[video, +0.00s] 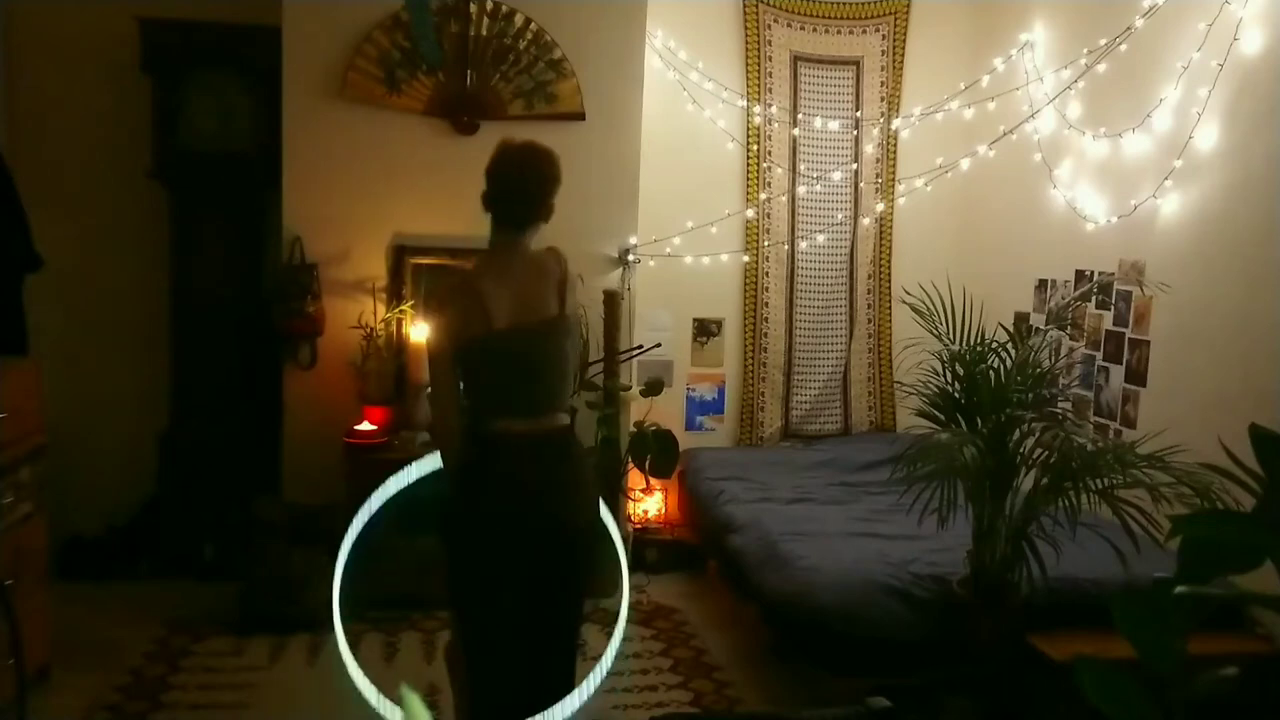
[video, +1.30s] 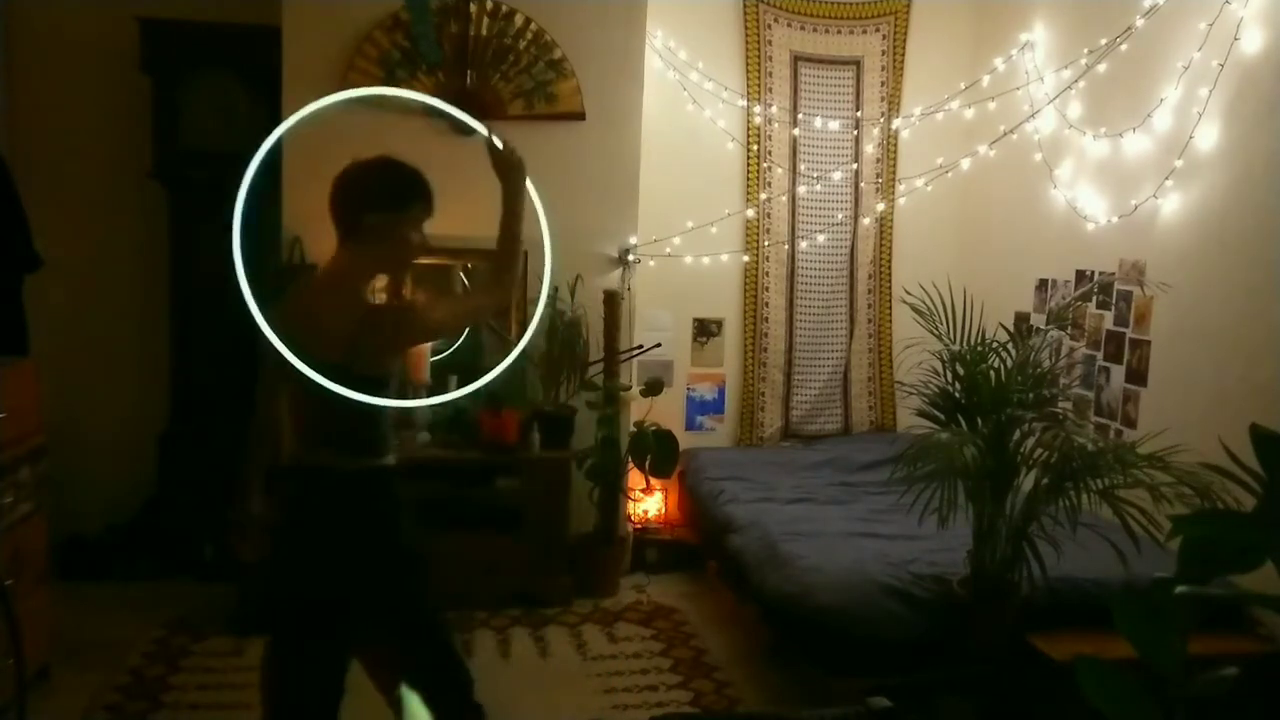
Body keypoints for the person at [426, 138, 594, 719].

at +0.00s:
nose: (546, 204)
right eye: (547, 194)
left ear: (486, 197)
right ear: (549, 203)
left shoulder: (455, 292)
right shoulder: (559, 272)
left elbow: (444, 409)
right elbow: (572, 378)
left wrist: (461, 477)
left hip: (488, 473)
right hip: (557, 471)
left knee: (487, 629)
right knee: (551, 629)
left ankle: (489, 708)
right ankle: (545, 707)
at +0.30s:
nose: (574, 206)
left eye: (570, 193)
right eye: (574, 195)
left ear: (507, 196)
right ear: (566, 204)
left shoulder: (464, 285)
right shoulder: (582, 270)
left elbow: (446, 401)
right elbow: (574, 365)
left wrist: (454, 454)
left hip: (482, 462)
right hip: (553, 462)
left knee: (468, 626)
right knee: (540, 627)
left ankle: (476, 710)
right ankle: (532, 709)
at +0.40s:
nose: (575, 208)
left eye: (575, 197)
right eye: (574, 198)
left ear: (509, 197)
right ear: (565, 207)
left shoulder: (468, 283)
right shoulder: (576, 284)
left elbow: (446, 399)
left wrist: (435, 462)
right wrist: (563, 217)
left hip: (479, 461)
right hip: (550, 464)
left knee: (459, 629)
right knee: (538, 634)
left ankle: (451, 710)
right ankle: (532, 710)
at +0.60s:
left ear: (488, 221)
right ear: (554, 225)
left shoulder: (443, 314)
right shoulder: (556, 312)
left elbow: (417, 418)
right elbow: (563, 201)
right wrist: (467, 188)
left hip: (443, 517)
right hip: (531, 524)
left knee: (378, 671)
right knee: (531, 694)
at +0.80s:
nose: (454, 212)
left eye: (461, 203)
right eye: (460, 200)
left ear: (460, 221)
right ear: (524, 228)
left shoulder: (402, 311)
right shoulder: (534, 318)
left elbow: (362, 421)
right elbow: (547, 210)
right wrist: (479, 137)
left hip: (407, 523)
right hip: (503, 529)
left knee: (351, 688)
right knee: (521, 698)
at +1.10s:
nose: (450, 240)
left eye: (449, 224)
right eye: (449, 224)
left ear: (379, 217)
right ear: (446, 228)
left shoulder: (322, 302)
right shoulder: (447, 318)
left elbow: (294, 416)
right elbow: (517, 260)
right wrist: (499, 157)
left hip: (332, 520)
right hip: (421, 526)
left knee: (316, 694)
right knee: (476, 694)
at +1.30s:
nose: (421, 239)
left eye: (421, 225)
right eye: (414, 225)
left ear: (351, 222)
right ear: (378, 226)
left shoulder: (309, 308)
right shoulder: (363, 319)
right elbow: (494, 298)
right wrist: (513, 189)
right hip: (356, 533)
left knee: (302, 698)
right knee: (450, 695)